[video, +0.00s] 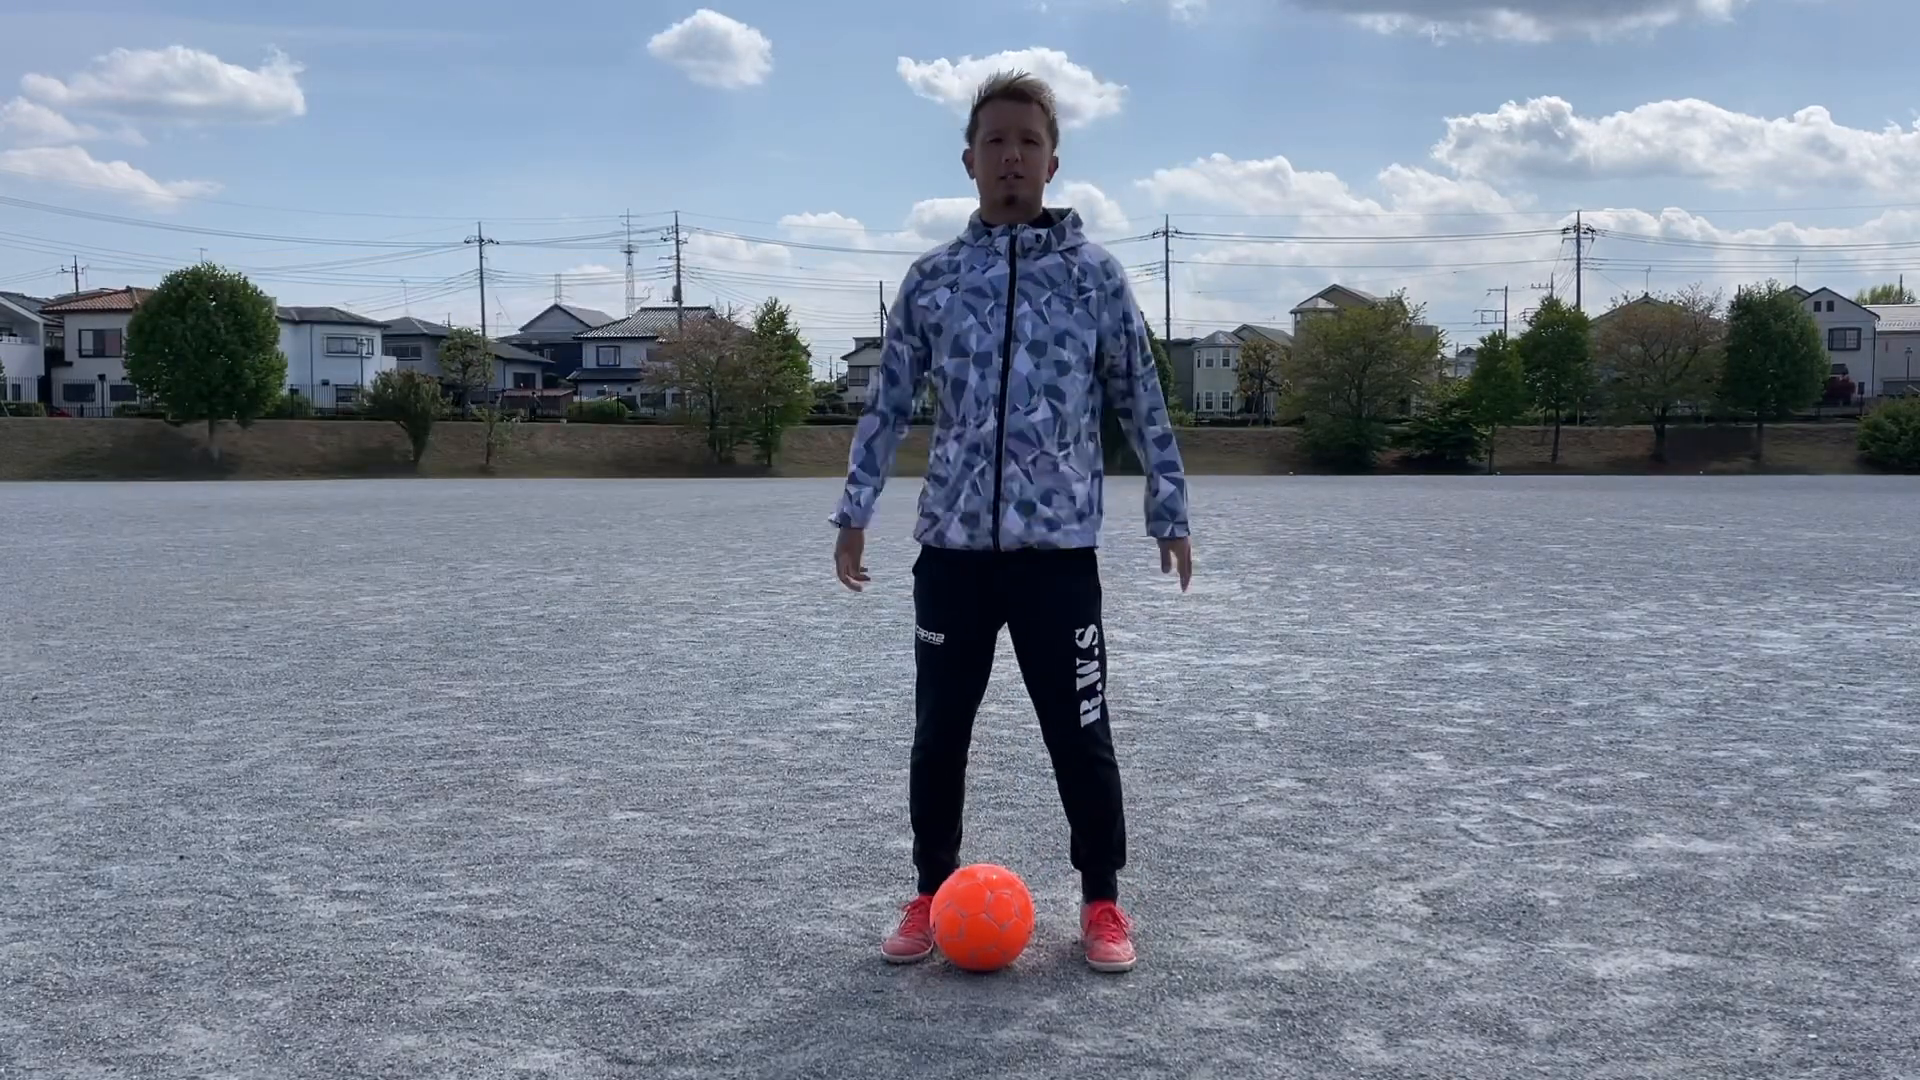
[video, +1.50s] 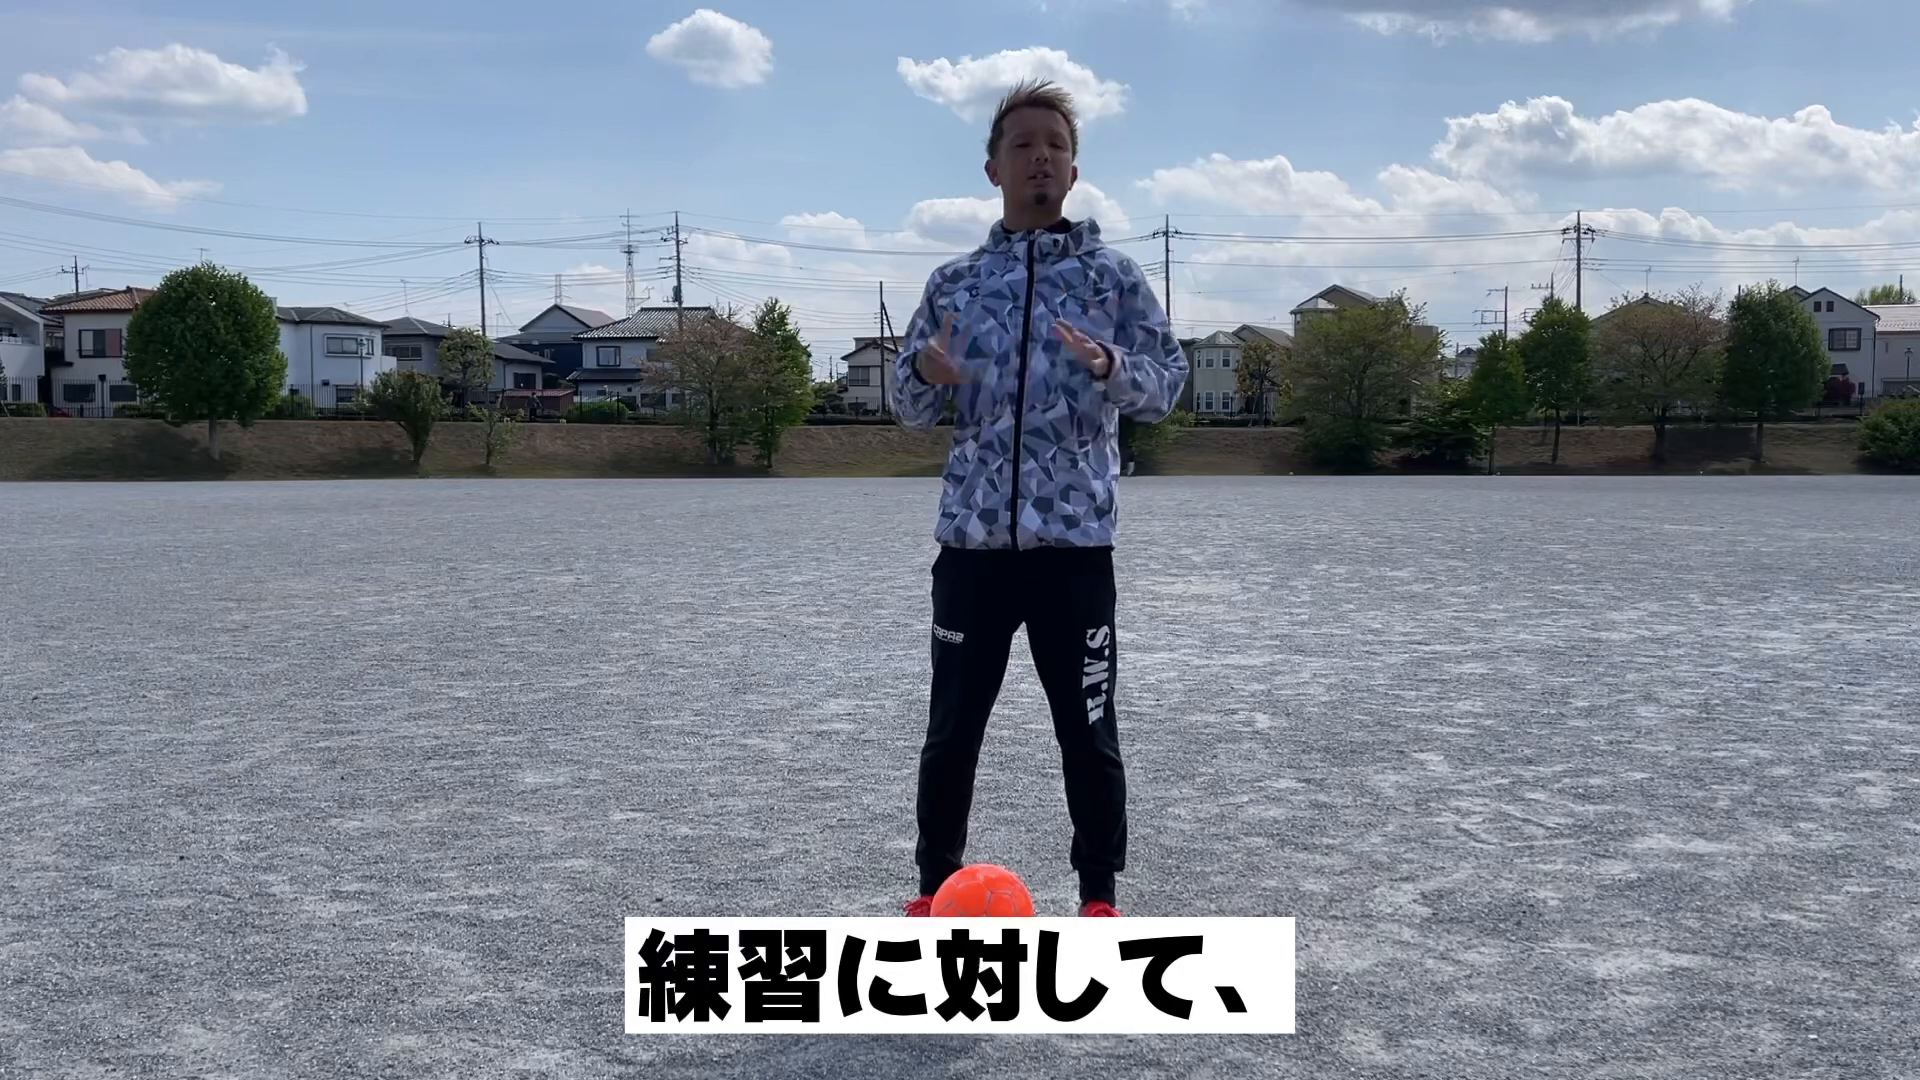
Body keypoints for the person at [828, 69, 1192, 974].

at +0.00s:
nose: (1012, 157)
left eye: (1030, 142)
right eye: (994, 141)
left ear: (1053, 159)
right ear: (969, 157)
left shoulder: (1092, 271)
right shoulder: (933, 277)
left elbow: (1141, 400)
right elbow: (888, 402)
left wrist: (1170, 509)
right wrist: (854, 511)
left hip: (1057, 542)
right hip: (953, 541)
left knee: (1080, 731)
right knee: (938, 731)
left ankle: (1102, 906)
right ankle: (931, 898)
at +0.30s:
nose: (1034, 159)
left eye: (1051, 145)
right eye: (1017, 144)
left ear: (1071, 165)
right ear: (989, 161)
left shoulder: (1106, 285)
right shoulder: (948, 281)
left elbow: (1167, 399)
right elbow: (888, 390)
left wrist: (1211, 505)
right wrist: (833, 487)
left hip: (1065, 548)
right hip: (962, 545)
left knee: (1081, 734)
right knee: (943, 732)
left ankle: (1100, 905)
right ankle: (930, 898)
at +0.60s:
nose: (1036, 161)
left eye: (1052, 146)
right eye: (1019, 146)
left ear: (1073, 164)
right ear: (991, 163)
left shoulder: (1107, 279)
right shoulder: (952, 279)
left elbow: (1124, 389)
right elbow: (931, 401)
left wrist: (1064, 454)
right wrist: (998, 444)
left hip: (1069, 542)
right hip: (968, 540)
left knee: (1086, 730)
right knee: (947, 728)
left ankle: (1101, 905)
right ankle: (931, 897)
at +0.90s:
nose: (1031, 165)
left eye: (1046, 151)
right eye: (1013, 151)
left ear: (1068, 167)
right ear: (988, 168)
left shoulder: (1104, 279)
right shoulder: (952, 279)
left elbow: (1131, 397)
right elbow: (928, 398)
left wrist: (1060, 369)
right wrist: (1017, 373)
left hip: (1070, 539)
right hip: (970, 538)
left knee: (1086, 731)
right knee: (947, 729)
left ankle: (1101, 905)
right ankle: (931, 897)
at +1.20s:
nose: (1043, 156)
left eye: (1057, 144)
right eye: (1024, 143)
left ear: (1074, 165)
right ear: (996, 165)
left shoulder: (1113, 277)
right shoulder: (957, 284)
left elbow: (1143, 391)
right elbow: (929, 405)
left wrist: (1085, 374)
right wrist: (971, 381)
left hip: (1074, 536)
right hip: (974, 536)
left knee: (1088, 726)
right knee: (952, 725)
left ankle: (1098, 896)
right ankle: (933, 894)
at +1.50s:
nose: (1042, 158)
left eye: (1057, 146)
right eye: (1023, 145)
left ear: (1074, 167)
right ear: (995, 165)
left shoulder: (1115, 278)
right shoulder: (953, 283)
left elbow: (1163, 382)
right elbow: (907, 396)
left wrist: (1114, 368)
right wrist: (931, 375)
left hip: (1072, 536)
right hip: (972, 536)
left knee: (1086, 728)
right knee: (951, 727)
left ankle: (1099, 897)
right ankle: (933, 894)